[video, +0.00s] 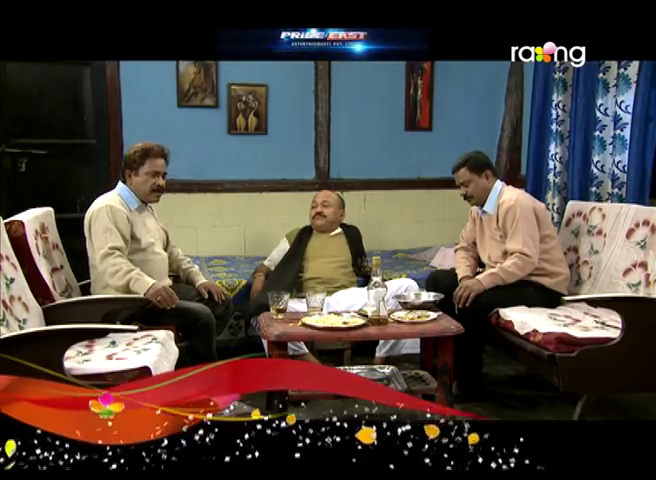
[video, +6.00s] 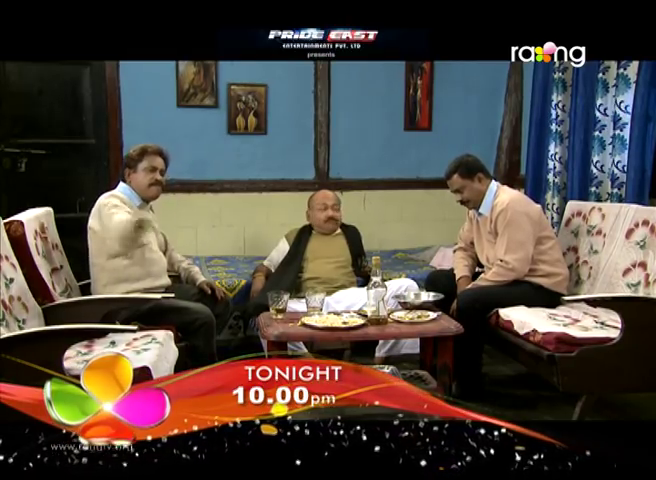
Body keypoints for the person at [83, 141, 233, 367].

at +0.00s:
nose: (160, 183)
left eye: (163, 176)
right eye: (153, 175)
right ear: (130, 175)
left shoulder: (145, 210)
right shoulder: (108, 208)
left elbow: (171, 253)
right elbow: (110, 263)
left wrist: (200, 280)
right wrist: (147, 286)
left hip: (160, 292)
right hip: (127, 303)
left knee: (220, 303)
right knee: (201, 317)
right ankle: (205, 385)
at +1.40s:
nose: (164, 185)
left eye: (167, 179)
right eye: (156, 177)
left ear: (171, 179)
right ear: (134, 176)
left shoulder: (147, 209)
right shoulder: (111, 209)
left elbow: (168, 252)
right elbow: (124, 266)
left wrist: (197, 278)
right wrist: (178, 270)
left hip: (156, 294)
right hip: (126, 303)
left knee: (219, 303)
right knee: (200, 317)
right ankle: (205, 385)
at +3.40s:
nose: (185, 192)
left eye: (189, 186)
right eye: (179, 183)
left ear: (193, 188)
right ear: (157, 179)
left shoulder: (163, 216)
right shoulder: (132, 209)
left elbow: (181, 259)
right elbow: (148, 263)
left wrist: (203, 283)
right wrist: (169, 245)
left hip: (156, 296)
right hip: (128, 305)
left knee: (218, 303)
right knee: (201, 319)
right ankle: (204, 386)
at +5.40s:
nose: (161, 184)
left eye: (165, 178)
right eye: (154, 176)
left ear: (169, 181)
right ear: (133, 176)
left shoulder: (147, 211)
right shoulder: (112, 206)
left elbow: (173, 257)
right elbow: (146, 245)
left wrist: (200, 281)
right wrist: (167, 223)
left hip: (158, 294)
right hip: (127, 303)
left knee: (218, 303)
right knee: (200, 318)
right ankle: (204, 384)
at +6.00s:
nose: (159, 178)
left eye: (162, 173)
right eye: (151, 171)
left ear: (164, 178)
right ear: (129, 175)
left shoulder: (144, 210)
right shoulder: (110, 203)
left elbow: (170, 256)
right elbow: (121, 240)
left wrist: (199, 280)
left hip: (157, 293)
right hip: (126, 301)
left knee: (218, 302)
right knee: (201, 317)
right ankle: (203, 383)